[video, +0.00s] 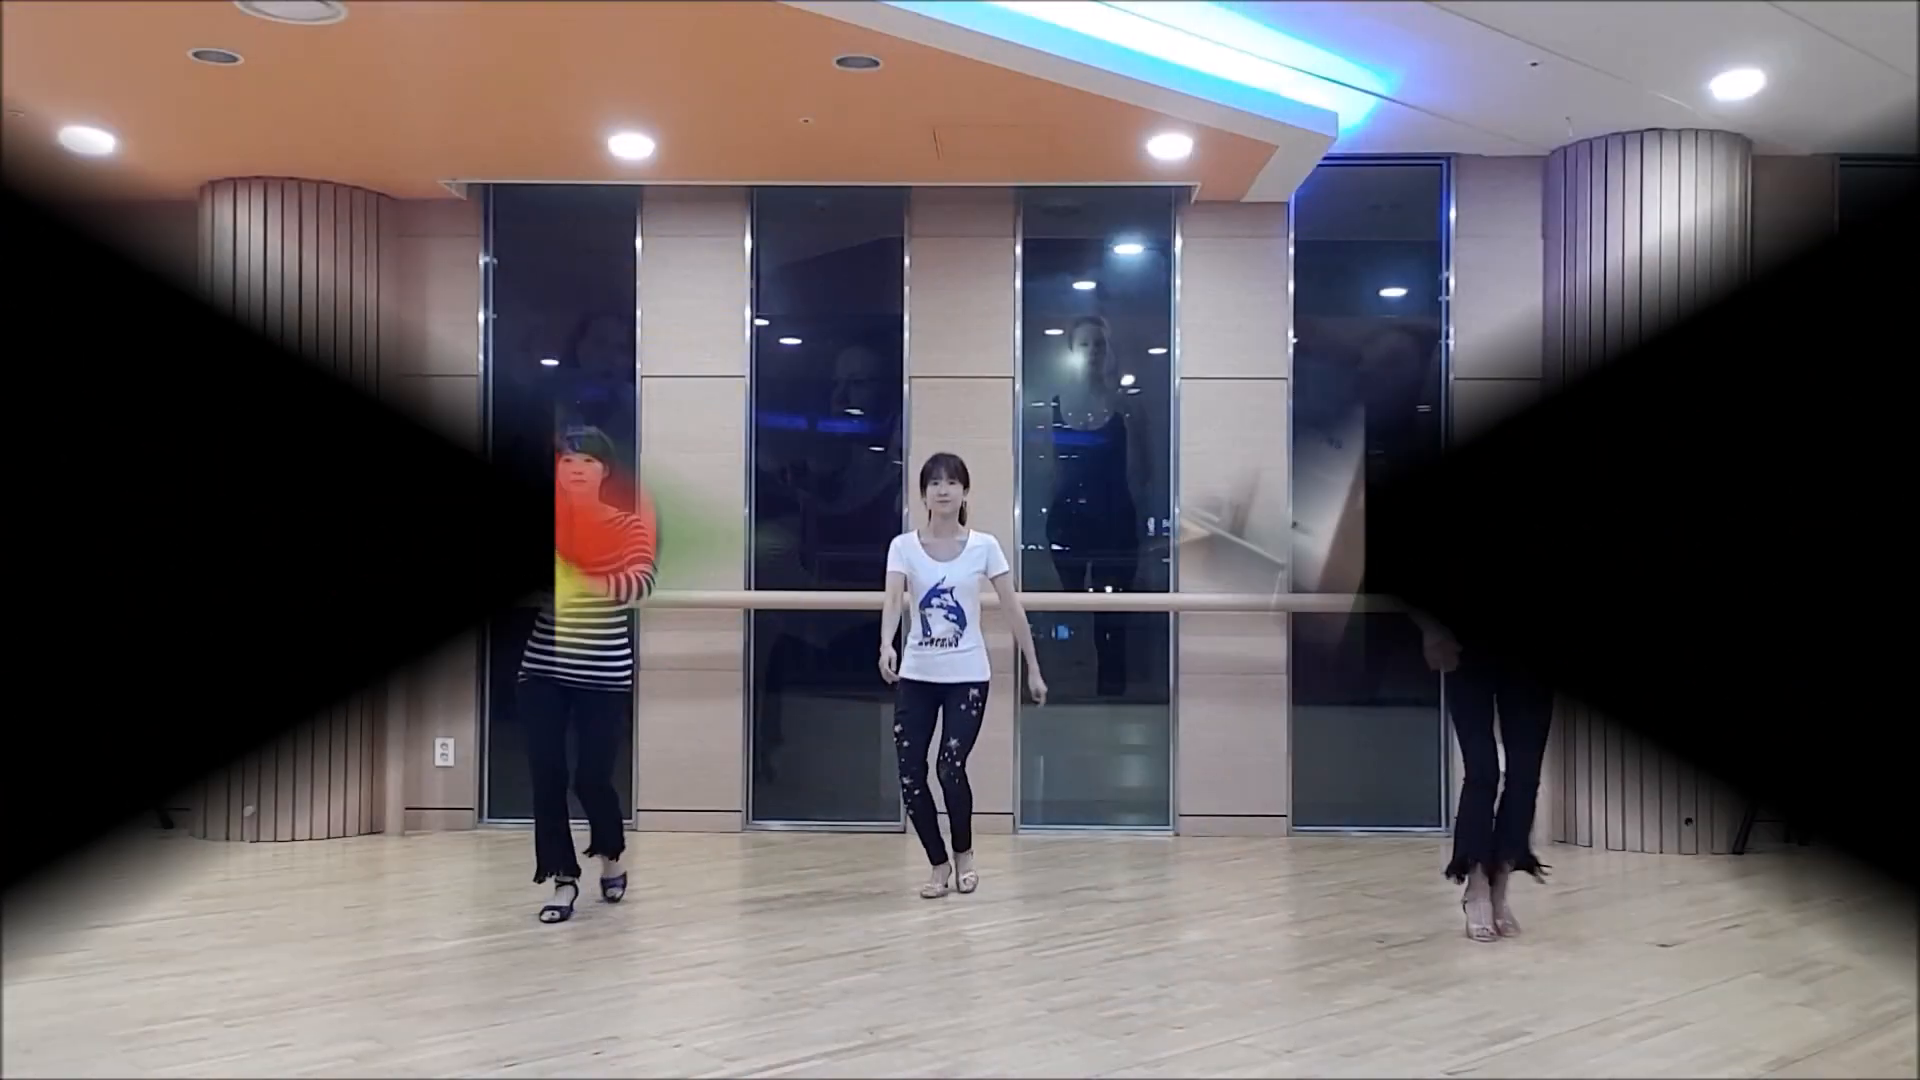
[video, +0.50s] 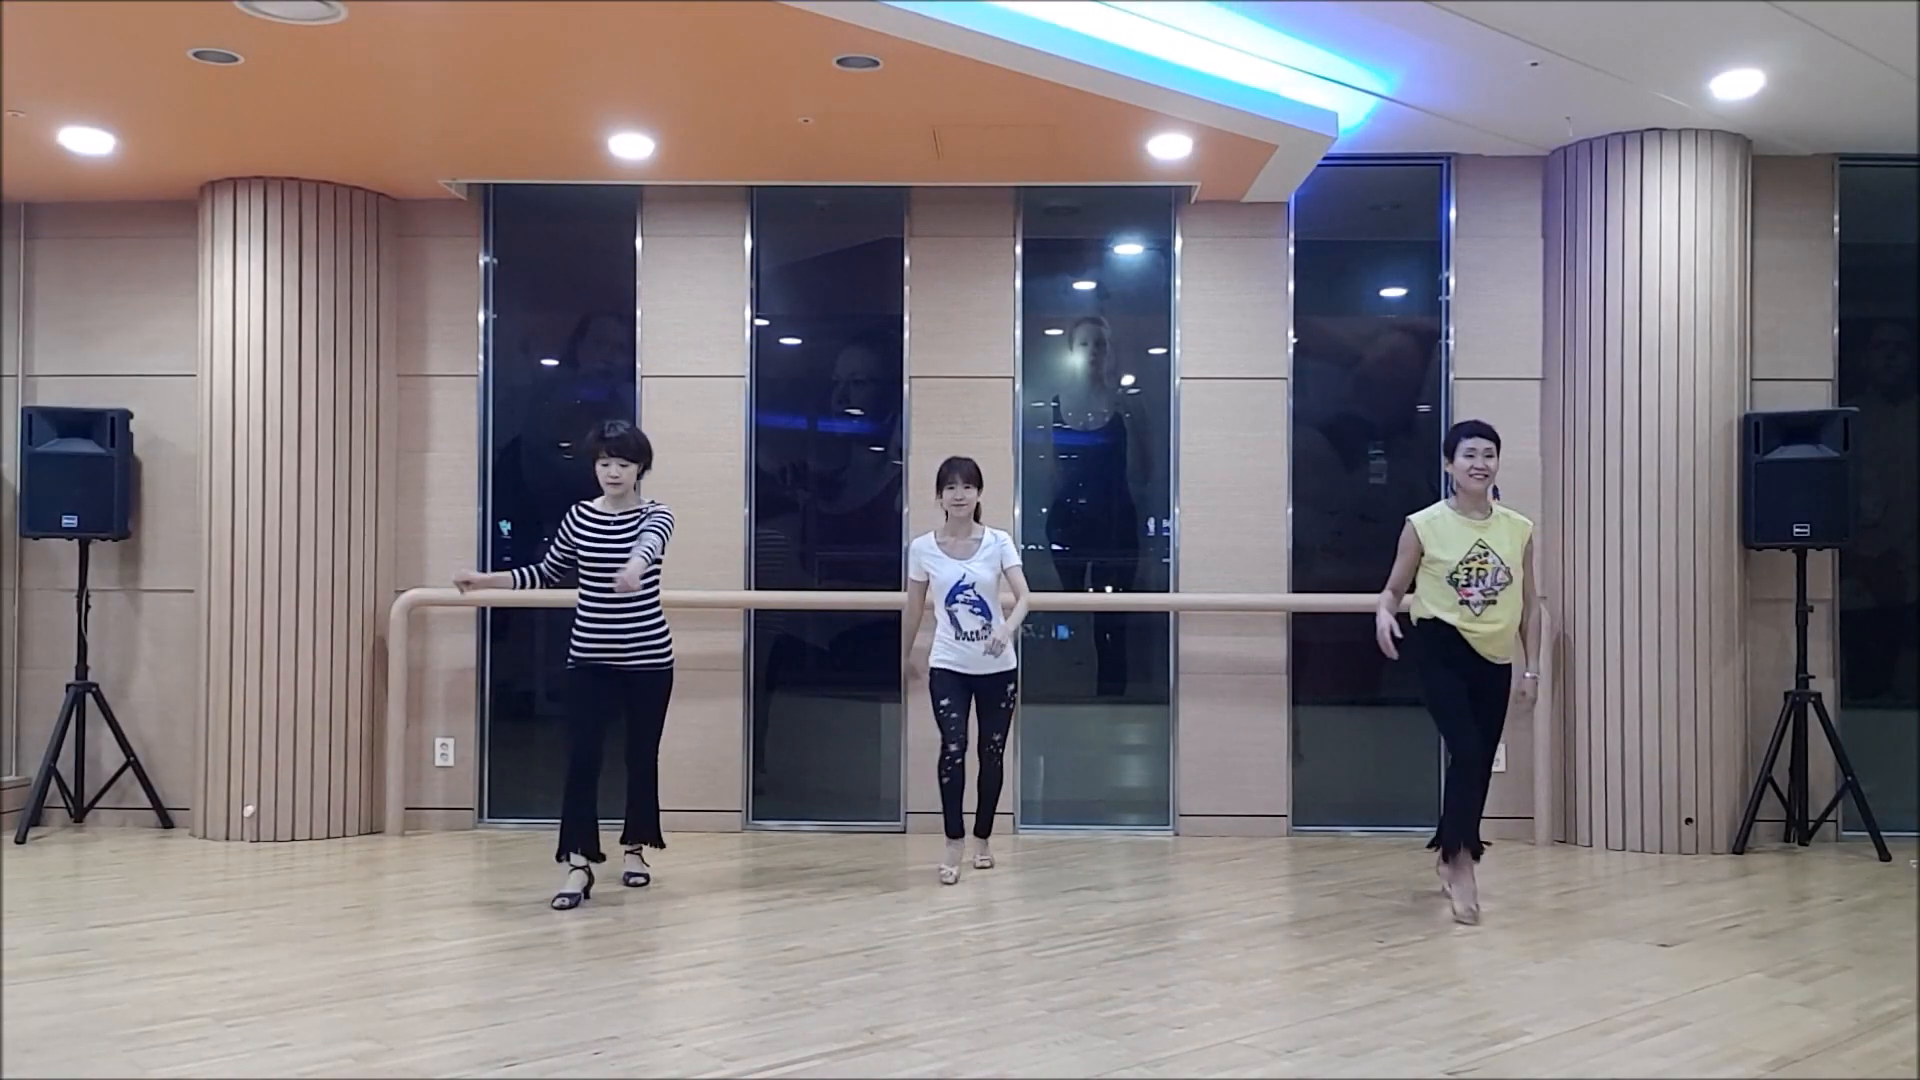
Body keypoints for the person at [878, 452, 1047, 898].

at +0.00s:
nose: (943, 489)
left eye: (952, 482)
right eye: (935, 483)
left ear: (965, 490)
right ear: (923, 492)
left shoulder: (984, 546)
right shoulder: (904, 546)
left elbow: (1013, 608)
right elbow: (892, 602)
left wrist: (1033, 668)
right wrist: (886, 646)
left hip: (968, 675)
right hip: (917, 675)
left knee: (949, 767)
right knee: (909, 773)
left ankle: (963, 857)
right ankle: (939, 865)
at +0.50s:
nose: (959, 494)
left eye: (967, 486)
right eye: (950, 487)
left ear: (979, 493)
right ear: (939, 494)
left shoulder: (999, 543)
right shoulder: (923, 548)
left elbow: (1024, 597)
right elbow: (914, 606)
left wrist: (1008, 628)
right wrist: (905, 653)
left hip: (997, 665)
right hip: (948, 664)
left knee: (992, 753)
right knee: (952, 751)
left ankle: (982, 839)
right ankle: (953, 843)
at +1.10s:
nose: (972, 491)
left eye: (979, 484)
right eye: (964, 485)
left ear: (990, 490)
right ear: (952, 492)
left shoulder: (1010, 543)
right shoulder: (935, 545)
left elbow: (1041, 595)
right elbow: (931, 602)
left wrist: (1056, 643)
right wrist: (925, 630)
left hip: (997, 663)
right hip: (948, 663)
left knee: (993, 752)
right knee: (970, 744)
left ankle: (980, 839)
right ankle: (940, 812)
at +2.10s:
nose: (987, 489)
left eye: (995, 483)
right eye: (979, 483)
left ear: (1007, 490)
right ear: (968, 493)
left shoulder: (1024, 544)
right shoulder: (951, 541)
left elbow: (1055, 592)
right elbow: (941, 600)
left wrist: (1072, 632)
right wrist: (963, 589)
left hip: (1002, 665)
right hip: (954, 660)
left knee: (992, 754)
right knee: (920, 746)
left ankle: (978, 842)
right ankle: (888, 832)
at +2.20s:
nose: (995, 490)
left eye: (1002, 484)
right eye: (987, 484)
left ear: (1015, 492)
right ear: (976, 492)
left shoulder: (1031, 541)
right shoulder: (961, 540)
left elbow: (1069, 592)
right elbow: (957, 595)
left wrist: (1105, 636)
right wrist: (989, 578)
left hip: (1015, 662)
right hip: (968, 658)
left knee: (998, 754)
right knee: (929, 744)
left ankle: (978, 840)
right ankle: (909, 822)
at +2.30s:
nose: (1007, 491)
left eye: (1015, 484)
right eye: (999, 485)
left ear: (1026, 492)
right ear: (988, 493)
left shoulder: (1043, 543)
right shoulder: (972, 539)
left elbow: (1079, 592)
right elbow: (980, 589)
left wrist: (1115, 637)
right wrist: (1028, 575)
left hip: (1026, 663)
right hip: (981, 660)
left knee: (1004, 754)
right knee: (954, 747)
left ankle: (980, 841)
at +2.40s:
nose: (1023, 490)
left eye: (1030, 483)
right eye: (1015, 484)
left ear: (1041, 492)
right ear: (1002, 493)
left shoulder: (1058, 541)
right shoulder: (987, 540)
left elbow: (1082, 591)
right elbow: (998, 594)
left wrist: (1101, 633)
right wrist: (1052, 601)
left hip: (1040, 666)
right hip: (995, 664)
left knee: (1017, 753)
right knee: (1002, 754)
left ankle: (984, 837)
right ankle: (1039, 823)